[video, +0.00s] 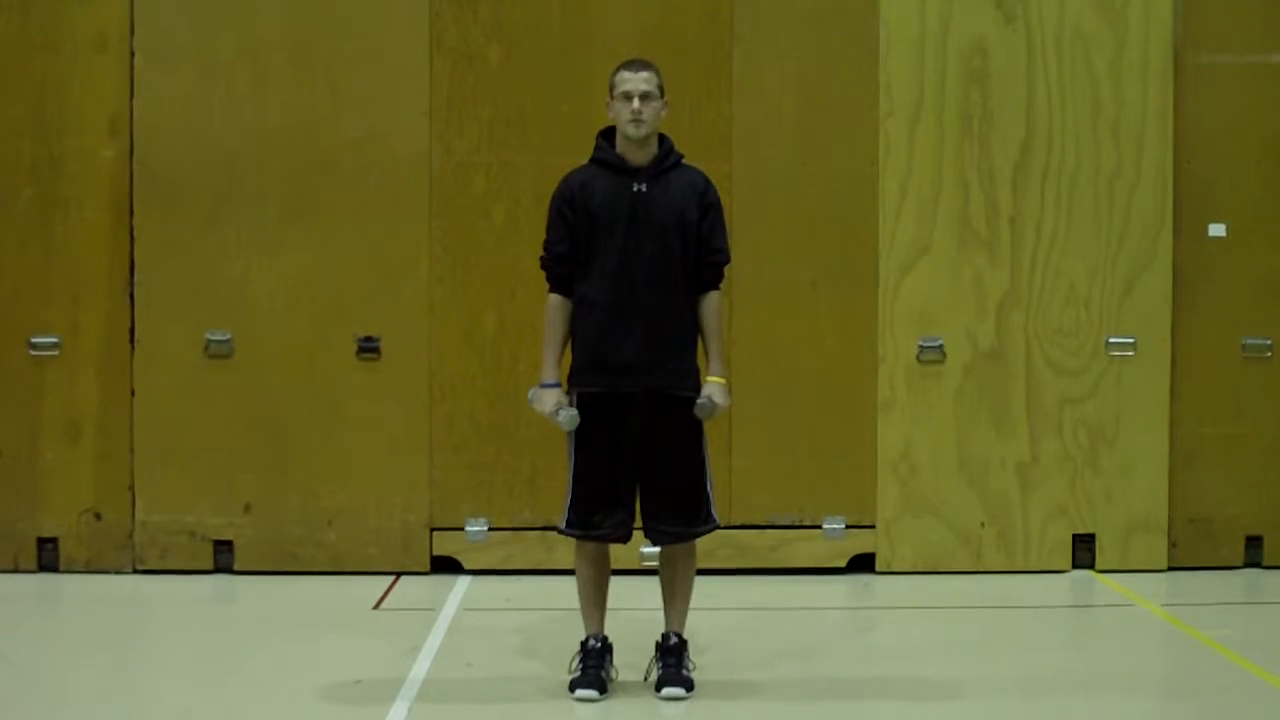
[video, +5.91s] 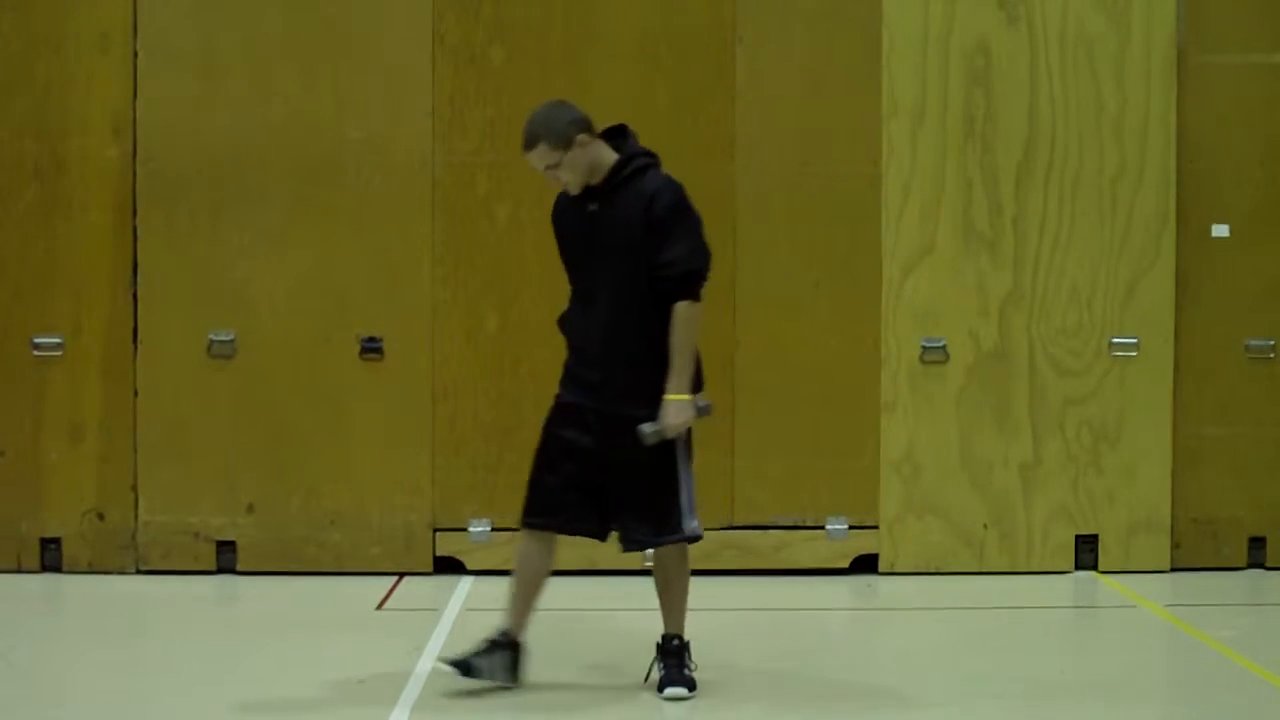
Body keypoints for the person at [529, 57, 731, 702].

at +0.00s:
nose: (638, 107)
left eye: (648, 98)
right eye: (627, 98)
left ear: (665, 108)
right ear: (609, 107)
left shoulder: (694, 188)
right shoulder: (578, 188)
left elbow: (710, 288)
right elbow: (559, 290)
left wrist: (717, 372)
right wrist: (549, 378)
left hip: (673, 384)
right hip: (597, 384)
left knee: (678, 525)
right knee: (593, 521)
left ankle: (673, 648)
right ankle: (593, 647)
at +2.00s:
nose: (637, 107)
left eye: (648, 98)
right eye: (626, 98)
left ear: (663, 109)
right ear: (608, 109)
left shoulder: (693, 189)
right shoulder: (577, 190)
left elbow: (709, 290)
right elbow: (561, 294)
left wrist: (717, 374)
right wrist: (556, 382)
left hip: (672, 385)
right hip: (596, 385)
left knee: (677, 524)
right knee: (591, 523)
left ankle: (673, 649)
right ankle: (593, 648)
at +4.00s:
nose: (645, 107)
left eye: (655, 98)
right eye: (634, 97)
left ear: (669, 107)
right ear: (614, 106)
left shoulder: (698, 189)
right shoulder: (581, 189)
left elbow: (713, 290)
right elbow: (565, 292)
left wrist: (723, 374)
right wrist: (560, 379)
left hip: (676, 384)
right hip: (601, 384)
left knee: (680, 525)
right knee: (595, 523)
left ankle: (675, 647)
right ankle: (595, 647)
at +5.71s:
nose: (591, 167)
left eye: (597, 154)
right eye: (583, 157)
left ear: (631, 133)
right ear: (584, 149)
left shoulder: (696, 194)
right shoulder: (588, 200)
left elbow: (720, 295)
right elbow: (591, 295)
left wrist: (720, 387)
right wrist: (583, 377)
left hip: (677, 388)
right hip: (605, 387)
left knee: (683, 524)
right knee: (586, 515)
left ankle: (676, 648)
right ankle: (595, 644)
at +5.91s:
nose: (551, 181)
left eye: (554, 167)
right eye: (543, 171)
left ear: (583, 142)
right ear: (550, 159)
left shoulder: (658, 196)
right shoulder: (569, 210)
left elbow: (686, 295)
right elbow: (590, 296)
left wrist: (679, 391)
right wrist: (589, 371)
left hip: (651, 389)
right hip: (585, 386)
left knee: (666, 527)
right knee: (542, 514)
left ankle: (674, 650)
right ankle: (507, 645)